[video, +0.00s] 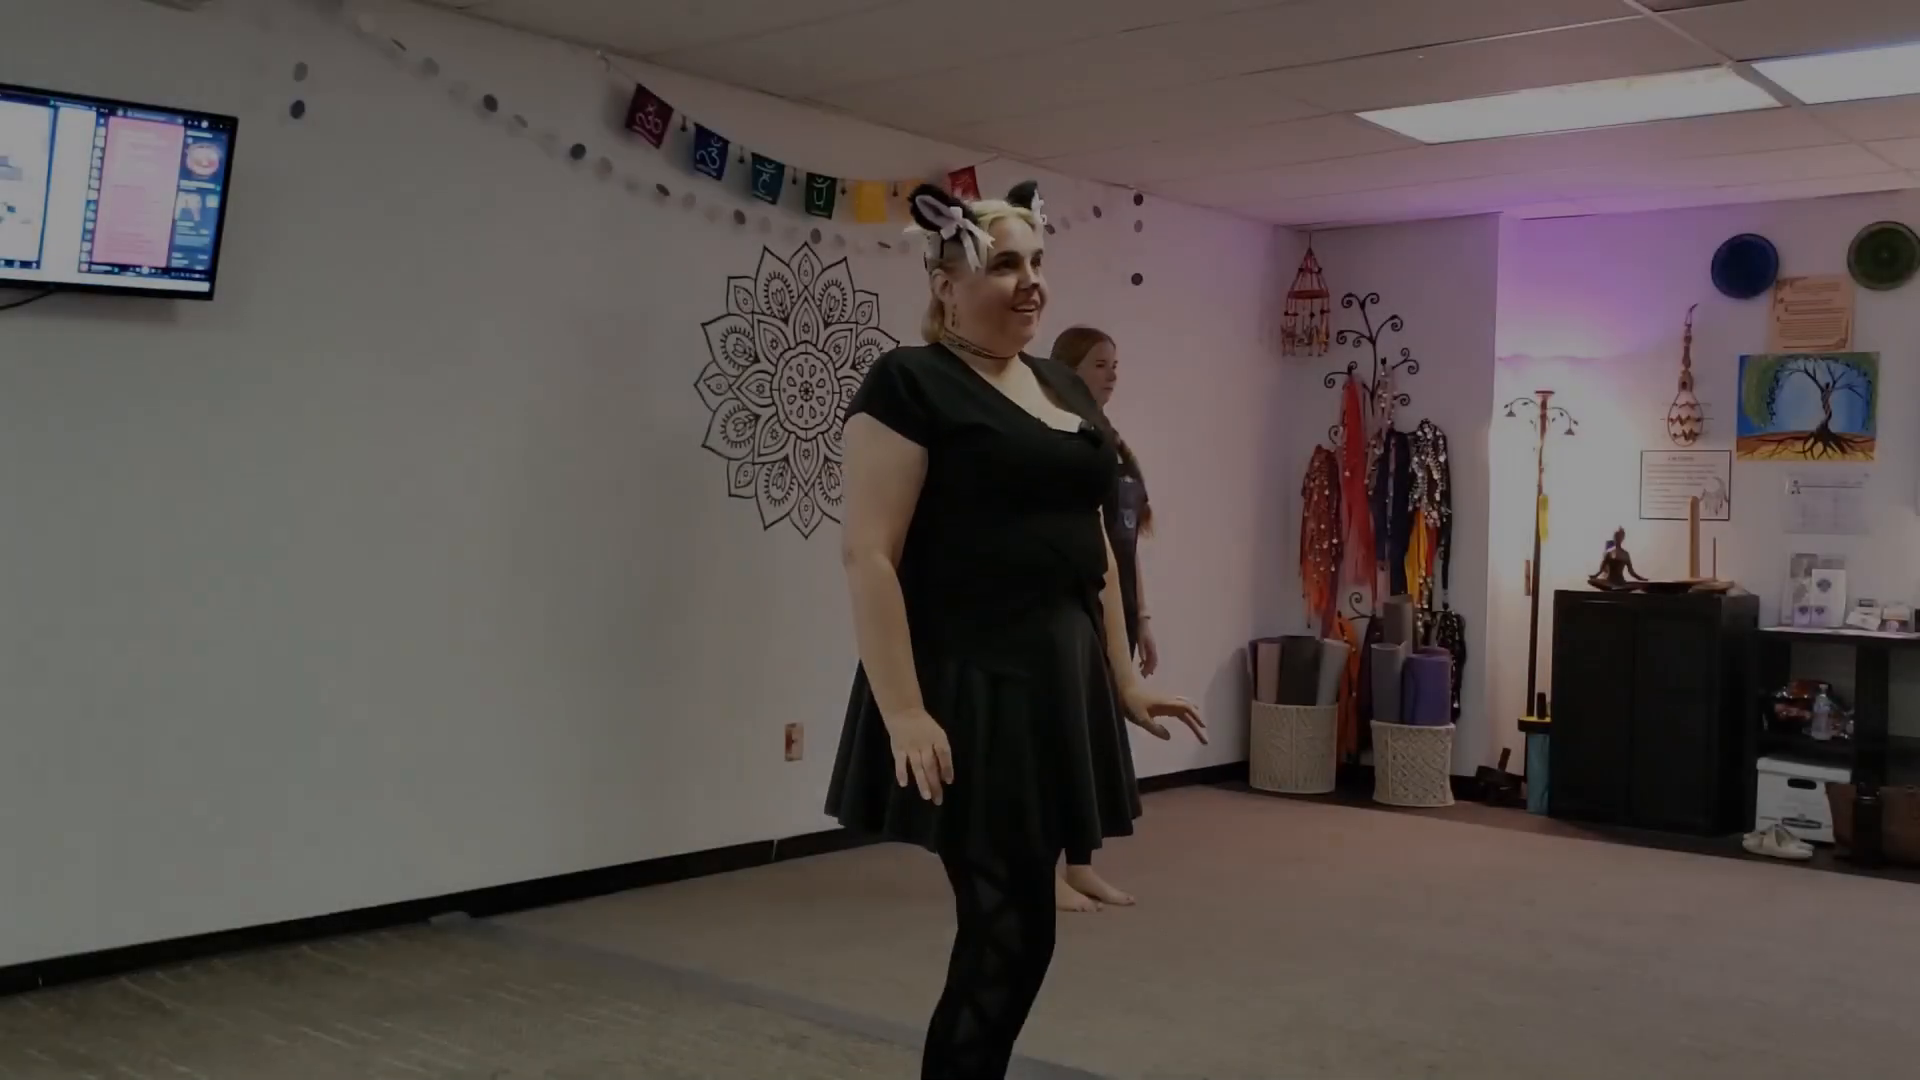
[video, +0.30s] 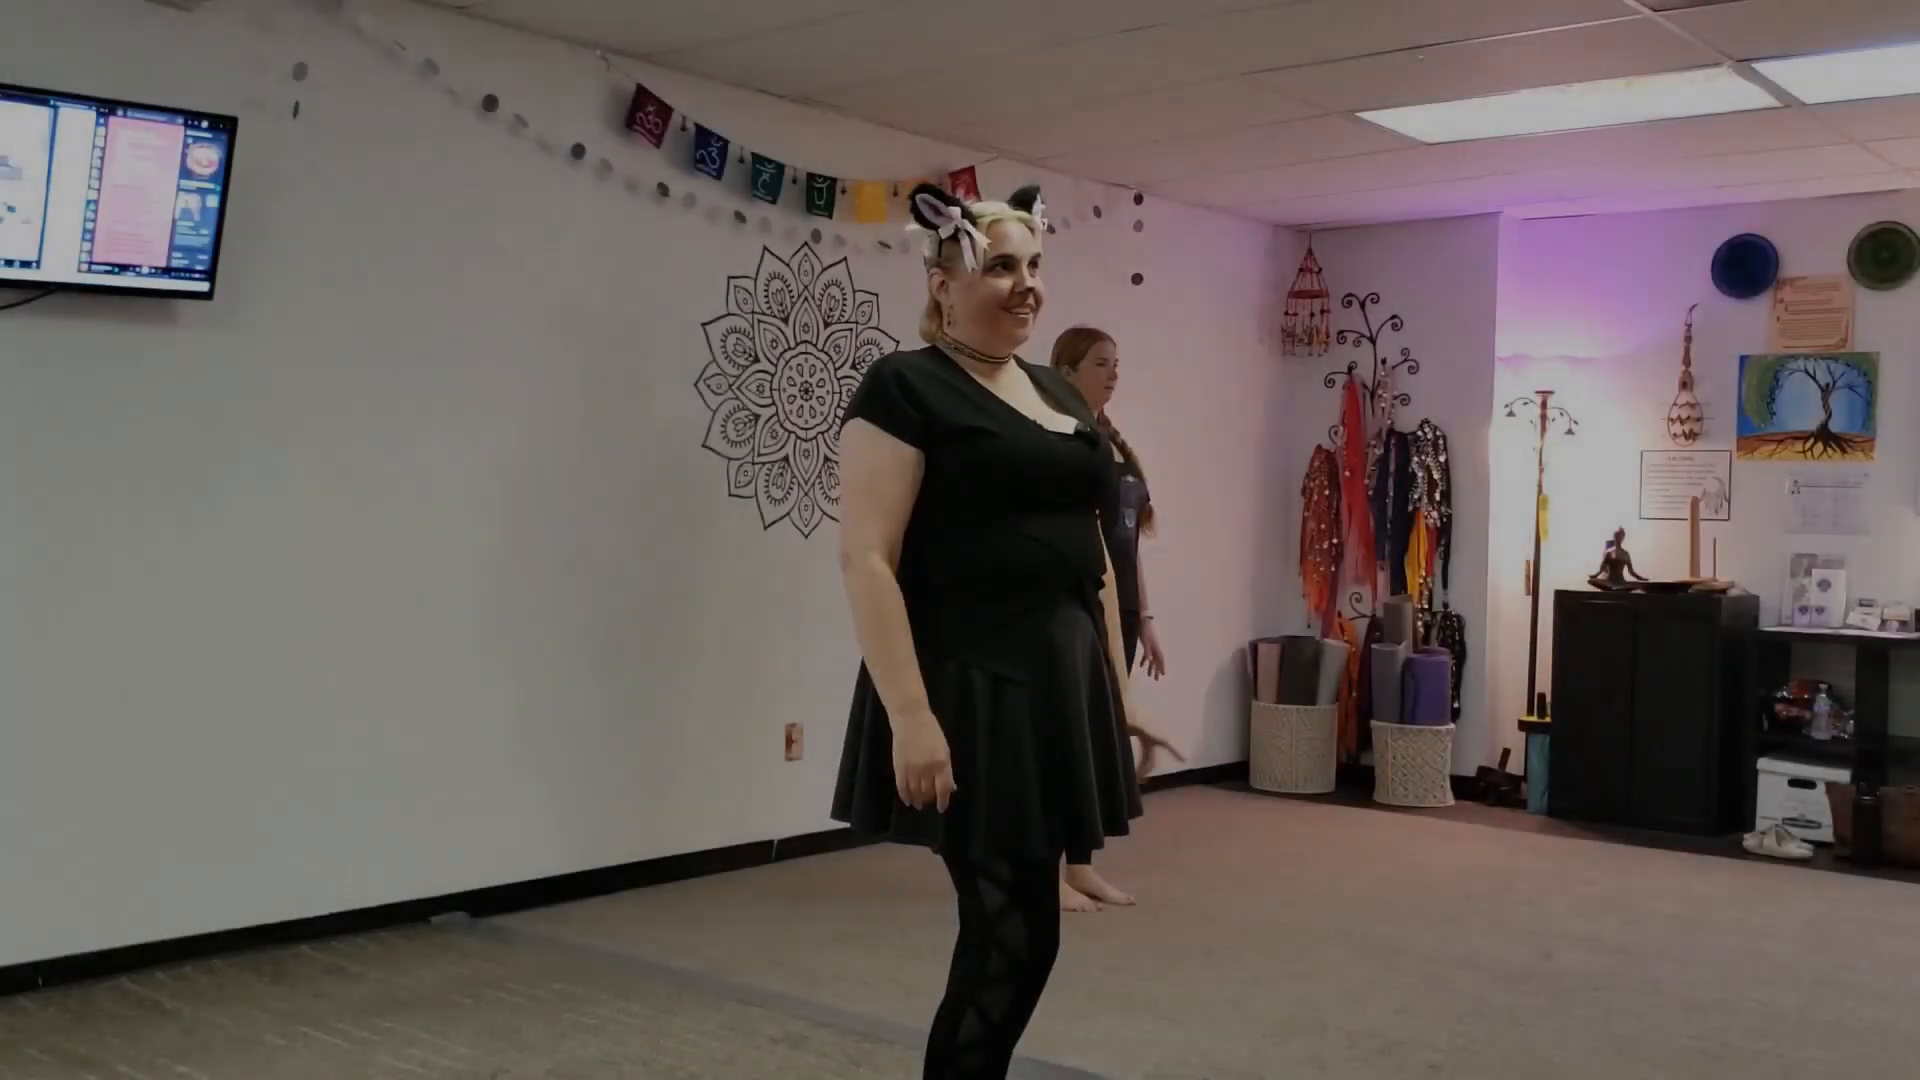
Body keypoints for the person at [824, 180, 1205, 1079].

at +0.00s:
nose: (1031, 282)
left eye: (1039, 264)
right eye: (1005, 265)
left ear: (1046, 277)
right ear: (947, 286)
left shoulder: (1056, 388)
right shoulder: (908, 383)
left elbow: (1093, 549)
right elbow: (868, 554)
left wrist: (1127, 683)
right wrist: (903, 712)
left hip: (1051, 688)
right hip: (960, 692)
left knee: (1004, 941)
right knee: (1011, 943)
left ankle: (964, 1068)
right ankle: (954, 1070)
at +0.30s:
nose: (1027, 283)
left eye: (1035, 267)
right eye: (1001, 266)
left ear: (1043, 282)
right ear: (943, 285)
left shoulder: (1056, 393)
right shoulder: (904, 386)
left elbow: (1093, 555)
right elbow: (866, 559)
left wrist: (1115, 687)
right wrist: (910, 716)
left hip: (1056, 688)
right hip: (963, 690)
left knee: (1009, 936)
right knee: (1015, 941)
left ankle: (964, 1066)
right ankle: (959, 1068)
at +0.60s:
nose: (1028, 281)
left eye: (1035, 265)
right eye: (1003, 263)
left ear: (1043, 279)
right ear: (942, 282)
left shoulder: (1053, 393)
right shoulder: (900, 388)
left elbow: (1093, 545)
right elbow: (860, 565)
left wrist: (1115, 666)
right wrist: (906, 720)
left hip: (1056, 686)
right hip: (959, 688)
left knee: (1019, 937)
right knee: (1014, 940)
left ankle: (969, 1071)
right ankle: (954, 1069)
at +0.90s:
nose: (1016, 282)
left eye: (1025, 267)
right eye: (989, 269)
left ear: (1036, 284)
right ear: (939, 296)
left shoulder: (1049, 382)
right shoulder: (911, 374)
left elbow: (1100, 530)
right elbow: (889, 546)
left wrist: (1122, 662)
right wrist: (934, 713)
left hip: (1058, 679)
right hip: (967, 687)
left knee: (1023, 938)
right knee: (1016, 942)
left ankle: (972, 1072)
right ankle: (956, 1072)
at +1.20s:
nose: (1018, 279)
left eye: (1024, 264)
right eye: (990, 268)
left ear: (1034, 281)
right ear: (939, 296)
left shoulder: (1052, 381)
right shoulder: (909, 379)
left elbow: (1101, 526)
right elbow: (895, 550)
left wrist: (1125, 665)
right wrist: (937, 715)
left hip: (1060, 677)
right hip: (968, 686)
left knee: (1021, 936)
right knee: (1017, 941)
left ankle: (972, 1068)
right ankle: (957, 1070)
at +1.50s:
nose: (1027, 284)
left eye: (1031, 269)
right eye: (1000, 271)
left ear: (1039, 282)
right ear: (941, 298)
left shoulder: (1051, 386)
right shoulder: (910, 379)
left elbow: (1102, 535)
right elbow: (897, 554)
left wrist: (1124, 675)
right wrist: (931, 720)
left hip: (1060, 683)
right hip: (968, 689)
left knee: (1021, 937)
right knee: (1019, 941)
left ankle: (969, 1069)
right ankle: (957, 1072)